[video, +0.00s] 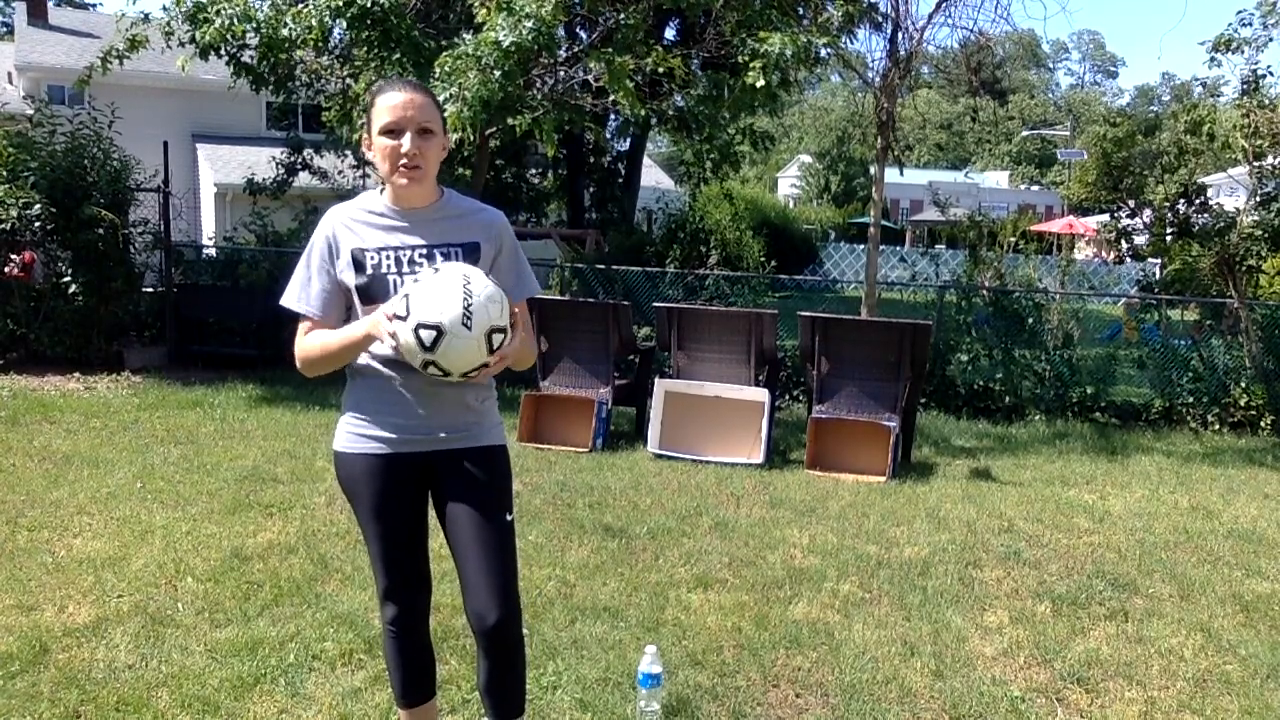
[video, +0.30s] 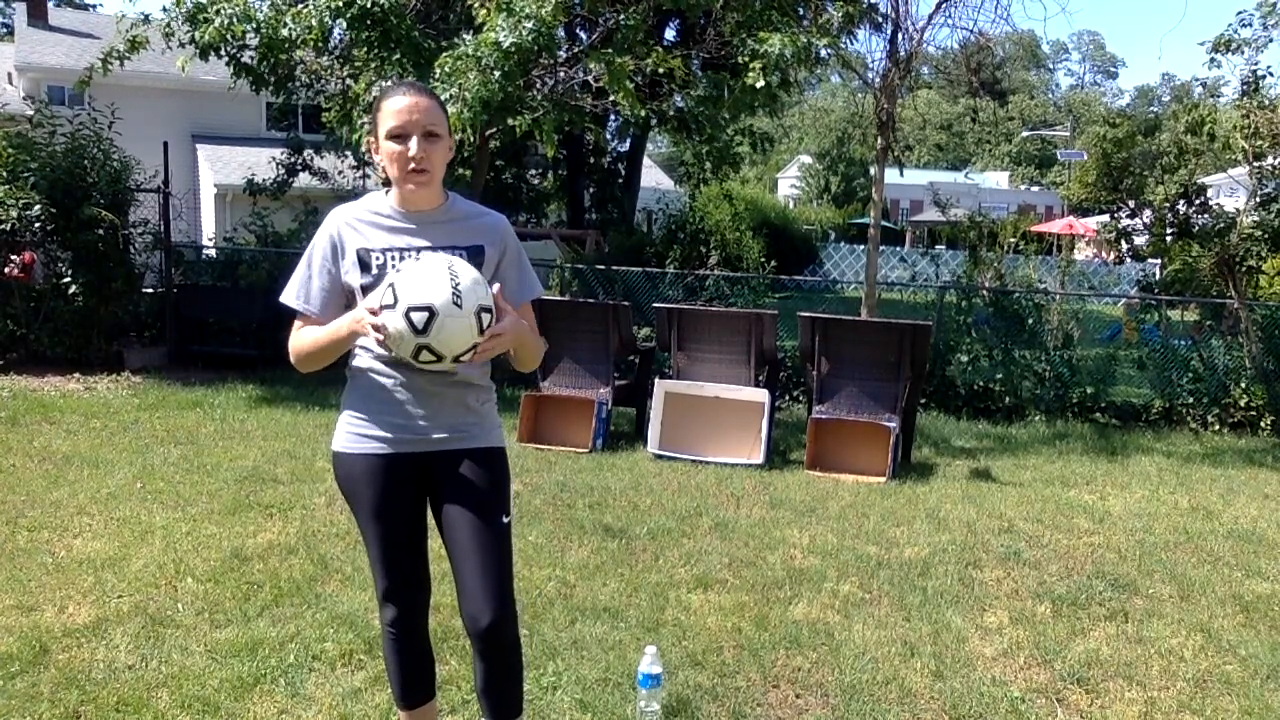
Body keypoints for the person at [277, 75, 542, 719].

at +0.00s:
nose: (409, 146)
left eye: (424, 132)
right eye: (392, 133)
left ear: (444, 143)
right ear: (369, 147)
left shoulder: (487, 226)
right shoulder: (341, 227)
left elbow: (526, 345)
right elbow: (308, 354)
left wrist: (511, 351)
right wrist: (363, 330)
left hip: (472, 439)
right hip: (377, 439)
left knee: (496, 618)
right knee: (402, 607)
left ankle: (506, 719)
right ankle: (419, 715)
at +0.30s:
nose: (416, 149)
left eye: (430, 135)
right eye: (399, 136)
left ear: (450, 146)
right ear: (376, 150)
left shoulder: (490, 229)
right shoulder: (344, 227)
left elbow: (532, 357)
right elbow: (301, 353)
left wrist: (516, 331)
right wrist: (353, 323)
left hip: (469, 438)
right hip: (375, 438)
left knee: (491, 619)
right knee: (401, 608)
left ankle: (504, 719)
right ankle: (420, 717)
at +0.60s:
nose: (418, 151)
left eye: (432, 138)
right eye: (402, 139)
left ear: (452, 147)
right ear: (378, 151)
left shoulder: (491, 231)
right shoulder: (347, 227)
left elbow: (540, 360)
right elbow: (295, 353)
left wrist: (518, 331)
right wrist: (341, 321)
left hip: (468, 437)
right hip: (375, 437)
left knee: (490, 619)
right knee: (400, 608)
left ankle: (503, 718)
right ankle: (420, 716)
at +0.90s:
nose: (418, 159)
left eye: (432, 144)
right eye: (402, 146)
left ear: (453, 149)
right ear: (379, 152)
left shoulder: (490, 232)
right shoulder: (348, 227)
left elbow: (540, 359)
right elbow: (290, 351)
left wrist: (519, 315)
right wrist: (327, 307)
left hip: (468, 438)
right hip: (374, 439)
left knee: (490, 618)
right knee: (400, 608)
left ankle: (502, 718)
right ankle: (419, 716)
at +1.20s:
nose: (419, 153)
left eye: (433, 139)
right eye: (403, 140)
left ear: (455, 148)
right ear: (381, 152)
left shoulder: (491, 233)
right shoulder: (349, 227)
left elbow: (539, 359)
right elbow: (290, 353)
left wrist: (509, 321)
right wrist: (323, 313)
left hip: (467, 439)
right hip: (374, 439)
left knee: (489, 620)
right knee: (400, 609)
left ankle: (502, 718)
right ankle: (419, 717)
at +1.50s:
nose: (420, 143)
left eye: (434, 130)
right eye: (403, 132)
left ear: (457, 145)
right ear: (382, 152)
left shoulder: (493, 233)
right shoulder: (350, 226)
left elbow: (534, 363)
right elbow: (288, 352)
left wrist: (497, 332)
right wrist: (320, 308)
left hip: (467, 440)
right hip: (374, 440)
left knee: (489, 621)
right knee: (399, 610)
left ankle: (502, 719)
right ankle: (418, 716)